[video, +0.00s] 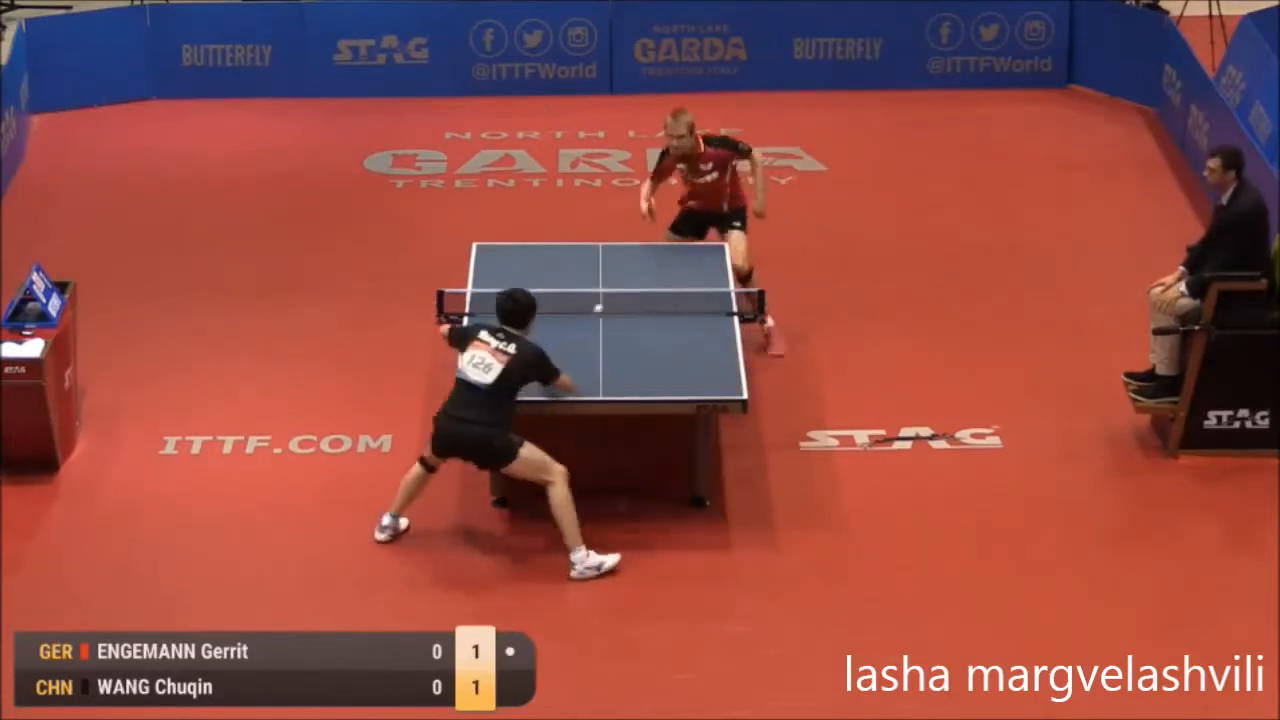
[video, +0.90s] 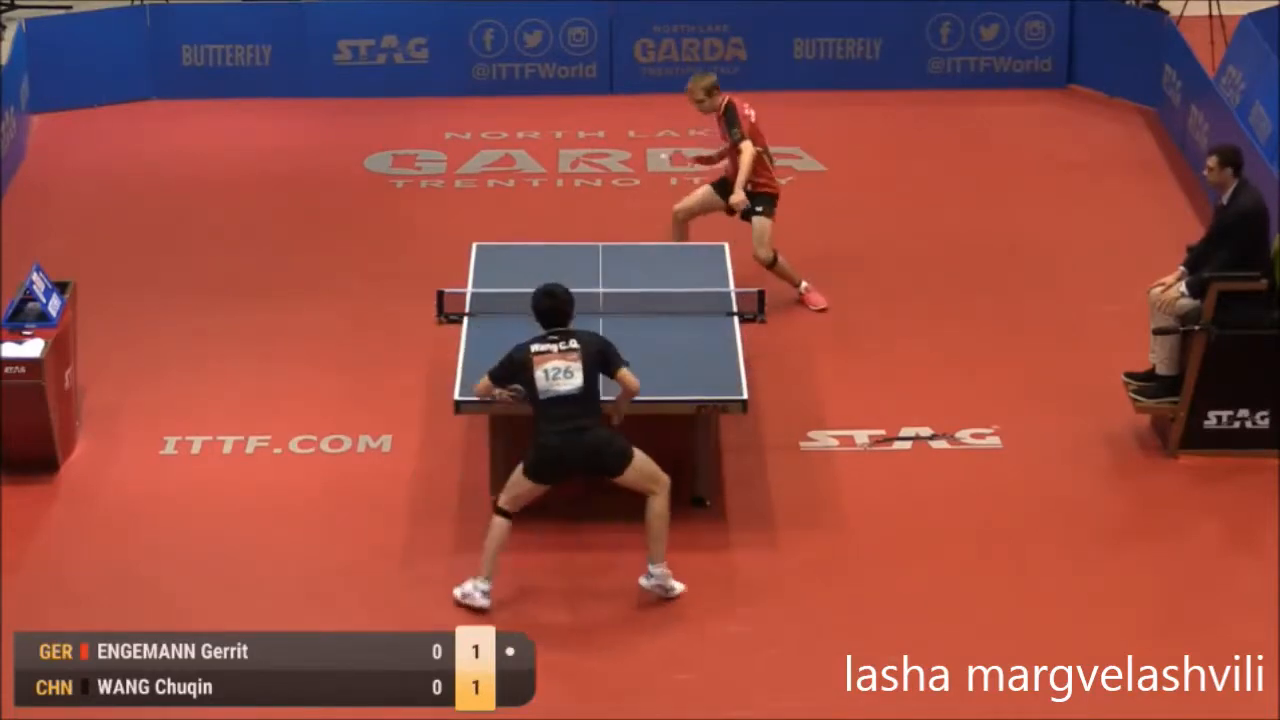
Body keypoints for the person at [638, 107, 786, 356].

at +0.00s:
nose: (674, 144)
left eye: (679, 137)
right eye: (670, 138)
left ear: (693, 133)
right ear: (666, 136)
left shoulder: (719, 146)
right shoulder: (670, 156)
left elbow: (754, 157)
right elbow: (653, 180)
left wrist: (760, 200)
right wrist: (645, 200)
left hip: (730, 210)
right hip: (695, 210)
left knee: (739, 265)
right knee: (666, 255)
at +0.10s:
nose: (671, 143)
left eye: (676, 137)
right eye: (667, 137)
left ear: (690, 133)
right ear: (664, 136)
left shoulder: (716, 149)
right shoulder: (662, 160)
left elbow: (741, 163)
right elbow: (639, 188)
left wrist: (739, 197)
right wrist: (631, 206)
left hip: (714, 216)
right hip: (678, 217)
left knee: (734, 266)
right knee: (649, 262)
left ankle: (764, 325)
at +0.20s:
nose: (666, 133)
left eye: (671, 128)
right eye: (662, 128)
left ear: (685, 124)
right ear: (658, 126)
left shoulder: (707, 140)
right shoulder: (655, 150)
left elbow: (734, 157)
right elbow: (629, 182)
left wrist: (715, 179)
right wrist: (624, 209)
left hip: (713, 198)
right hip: (676, 200)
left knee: (744, 249)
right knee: (640, 247)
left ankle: (772, 308)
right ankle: (637, 311)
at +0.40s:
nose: (675, 138)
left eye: (681, 133)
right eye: (672, 132)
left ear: (694, 130)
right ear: (667, 129)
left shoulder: (710, 141)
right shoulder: (665, 153)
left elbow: (737, 176)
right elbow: (638, 191)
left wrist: (703, 178)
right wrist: (654, 220)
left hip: (719, 197)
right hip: (682, 198)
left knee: (752, 252)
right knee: (648, 242)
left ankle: (796, 284)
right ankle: (641, 299)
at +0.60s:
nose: (686, 144)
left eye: (691, 139)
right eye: (683, 138)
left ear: (705, 136)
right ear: (679, 137)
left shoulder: (724, 148)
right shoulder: (682, 157)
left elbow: (752, 186)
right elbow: (662, 192)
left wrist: (717, 192)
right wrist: (670, 213)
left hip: (735, 202)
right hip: (700, 202)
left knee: (765, 255)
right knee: (655, 238)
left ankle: (799, 290)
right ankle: (634, 288)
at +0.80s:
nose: (691, 115)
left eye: (694, 109)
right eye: (688, 110)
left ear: (709, 102)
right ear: (689, 106)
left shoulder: (728, 120)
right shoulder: (712, 121)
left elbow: (747, 156)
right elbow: (727, 152)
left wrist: (733, 195)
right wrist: (711, 165)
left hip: (757, 189)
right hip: (728, 185)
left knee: (767, 254)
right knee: (680, 224)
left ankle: (803, 289)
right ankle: (656, 278)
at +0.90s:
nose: (698, 108)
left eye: (701, 102)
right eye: (695, 103)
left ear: (715, 94)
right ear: (712, 96)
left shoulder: (733, 113)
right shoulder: (726, 109)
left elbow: (748, 150)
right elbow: (737, 144)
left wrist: (738, 190)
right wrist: (716, 158)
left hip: (761, 188)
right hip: (735, 181)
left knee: (763, 254)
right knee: (680, 213)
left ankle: (803, 288)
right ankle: (678, 271)